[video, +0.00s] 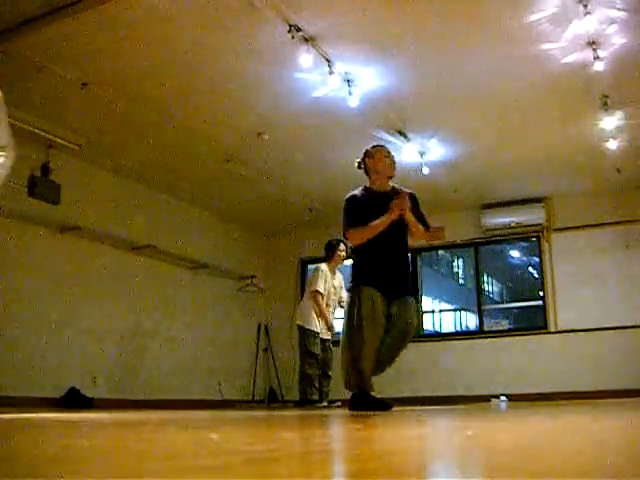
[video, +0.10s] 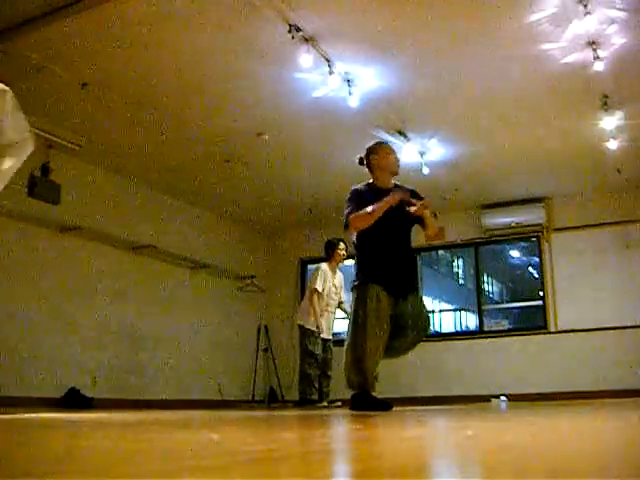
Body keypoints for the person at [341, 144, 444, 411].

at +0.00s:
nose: (388, 161)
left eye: (389, 157)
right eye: (381, 157)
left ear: (393, 165)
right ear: (367, 165)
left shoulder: (405, 197)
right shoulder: (356, 200)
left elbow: (424, 235)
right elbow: (352, 238)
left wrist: (408, 216)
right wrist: (389, 216)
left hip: (399, 275)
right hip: (368, 275)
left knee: (404, 327)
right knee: (367, 330)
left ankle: (363, 375)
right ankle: (361, 392)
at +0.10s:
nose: (397, 158)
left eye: (395, 153)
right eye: (390, 153)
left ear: (391, 162)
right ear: (374, 161)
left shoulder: (407, 194)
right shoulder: (359, 195)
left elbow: (433, 234)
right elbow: (354, 224)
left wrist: (426, 216)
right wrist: (390, 200)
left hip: (403, 273)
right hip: (373, 273)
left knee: (414, 329)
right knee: (370, 332)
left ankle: (364, 353)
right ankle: (362, 392)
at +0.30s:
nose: (413, 155)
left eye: (411, 150)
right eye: (408, 150)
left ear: (399, 155)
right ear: (394, 155)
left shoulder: (404, 188)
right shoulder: (385, 184)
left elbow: (425, 224)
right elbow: (413, 215)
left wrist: (439, 194)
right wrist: (424, 181)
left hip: (406, 269)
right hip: (382, 269)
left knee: (432, 320)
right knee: (377, 330)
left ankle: (412, 365)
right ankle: (363, 389)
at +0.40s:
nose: (421, 163)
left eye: (419, 158)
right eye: (415, 158)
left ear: (405, 164)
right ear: (402, 164)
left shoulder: (405, 193)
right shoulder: (401, 192)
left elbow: (428, 233)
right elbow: (428, 228)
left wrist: (433, 216)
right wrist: (437, 205)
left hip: (409, 281)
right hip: (388, 280)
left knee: (428, 333)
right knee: (377, 336)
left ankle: (429, 389)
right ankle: (363, 392)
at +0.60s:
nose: (438, 170)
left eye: (436, 166)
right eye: (433, 166)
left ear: (422, 172)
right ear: (422, 171)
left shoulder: (419, 198)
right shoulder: (416, 197)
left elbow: (416, 234)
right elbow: (436, 203)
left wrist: (435, 235)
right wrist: (452, 201)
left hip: (420, 272)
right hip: (412, 270)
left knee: (435, 335)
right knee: (434, 309)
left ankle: (431, 391)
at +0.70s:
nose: (442, 169)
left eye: (441, 164)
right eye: (438, 165)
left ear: (421, 169)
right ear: (428, 167)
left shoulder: (416, 193)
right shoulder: (425, 190)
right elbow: (447, 187)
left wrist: (435, 231)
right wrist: (464, 184)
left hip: (408, 273)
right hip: (421, 270)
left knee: (435, 330)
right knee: (465, 297)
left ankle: (435, 384)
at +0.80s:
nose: (444, 171)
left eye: (443, 166)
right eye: (442, 167)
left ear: (419, 171)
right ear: (435, 170)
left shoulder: (413, 192)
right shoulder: (439, 194)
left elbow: (425, 187)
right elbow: (469, 213)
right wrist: (486, 195)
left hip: (406, 271)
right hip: (427, 268)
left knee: (435, 330)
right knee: (474, 299)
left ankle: (440, 386)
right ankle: (440, 318)